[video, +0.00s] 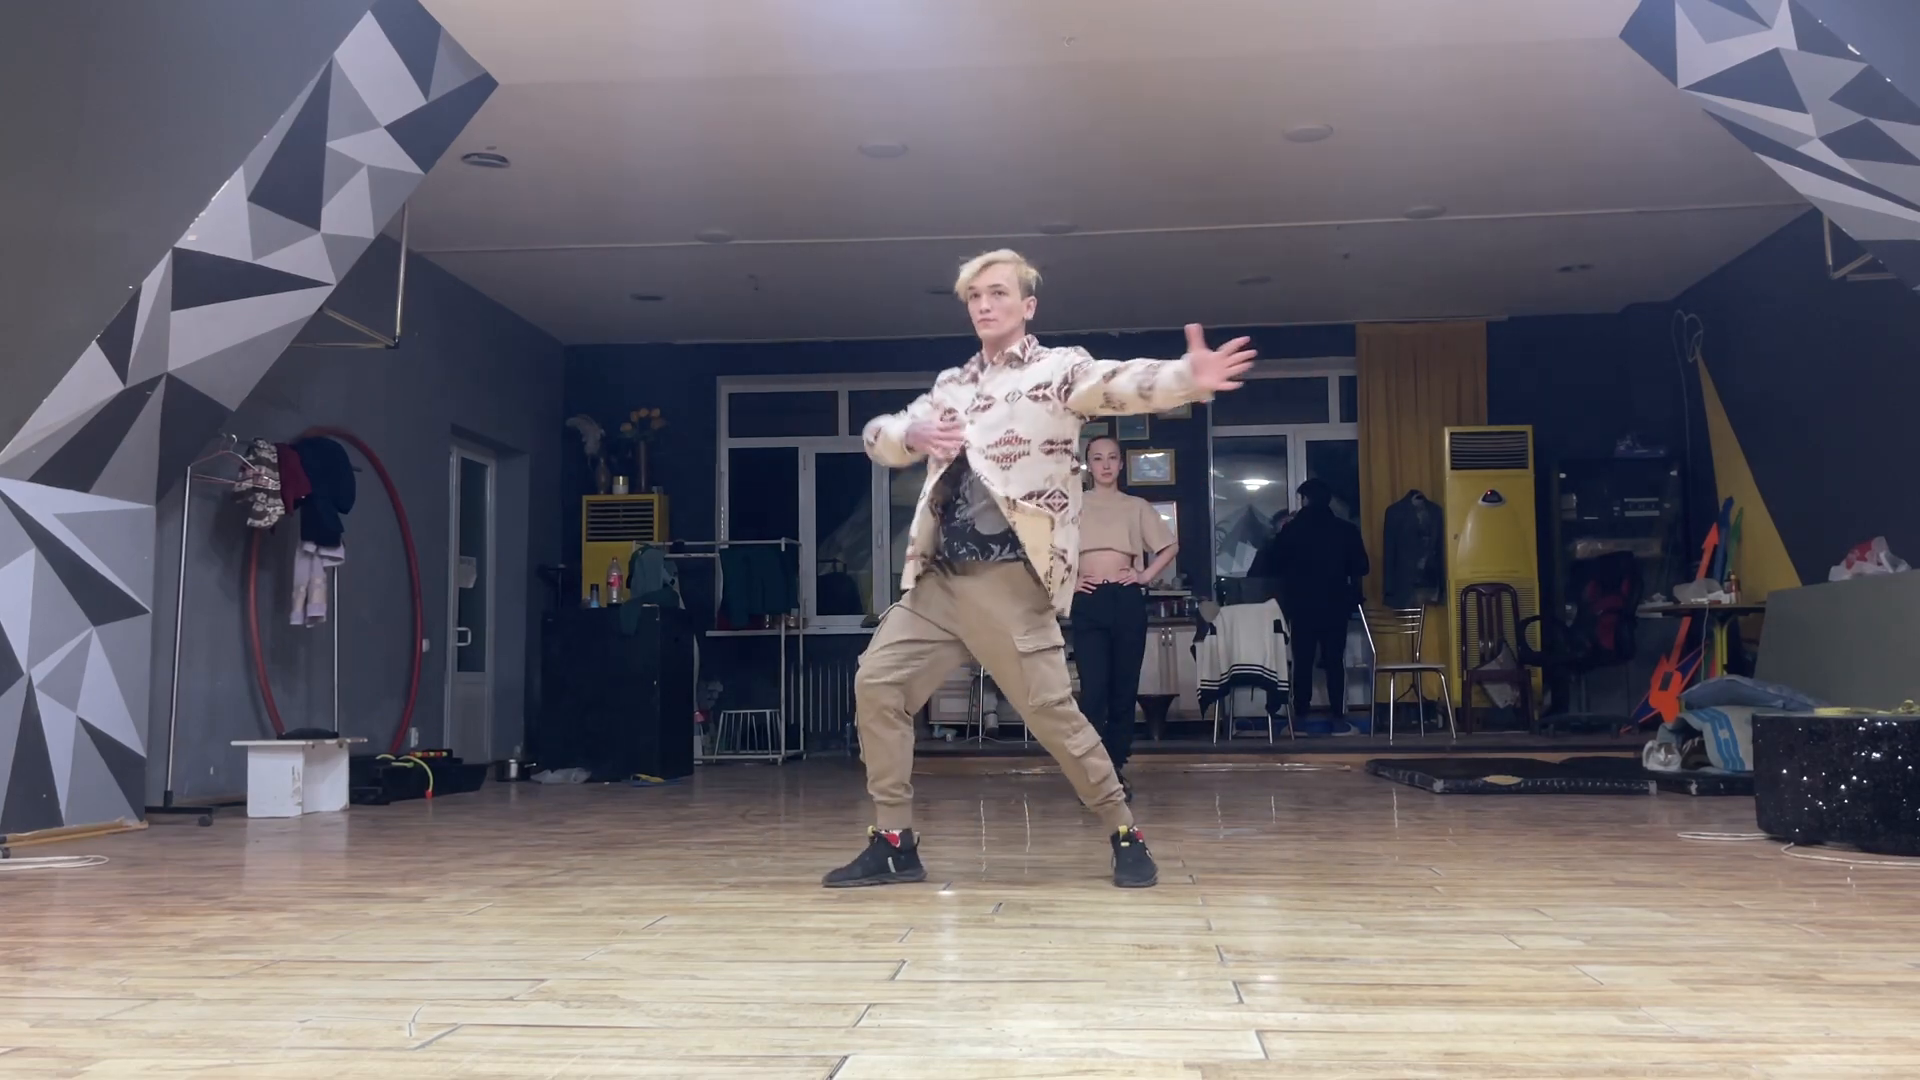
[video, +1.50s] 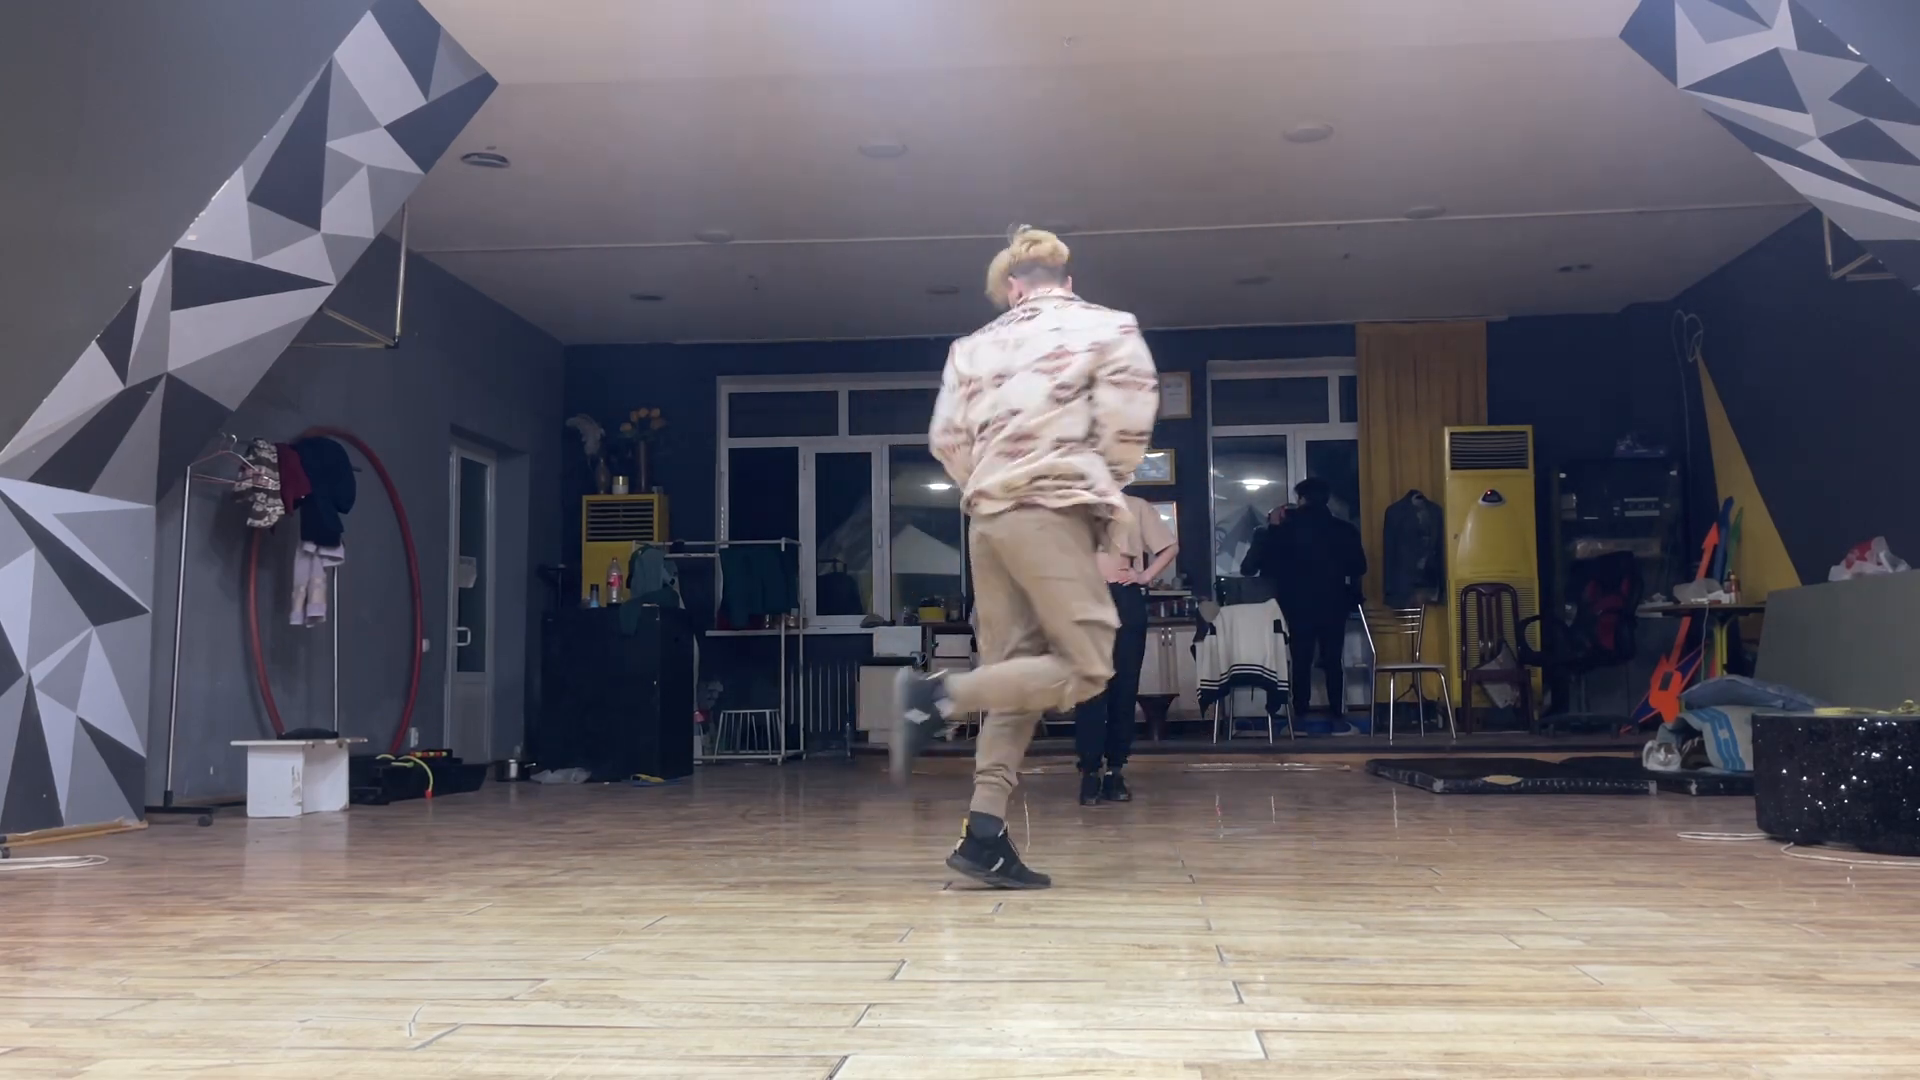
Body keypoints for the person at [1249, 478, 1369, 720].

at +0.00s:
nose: (1302, 502)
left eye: (1302, 498)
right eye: (1303, 499)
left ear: (1305, 500)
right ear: (1328, 500)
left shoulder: (1291, 530)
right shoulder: (1346, 529)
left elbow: (1270, 567)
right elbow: (1360, 567)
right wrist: (1337, 564)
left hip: (1301, 604)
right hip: (1335, 604)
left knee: (1302, 661)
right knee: (1335, 661)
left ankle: (1300, 717)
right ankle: (1338, 718)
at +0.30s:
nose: (1300, 502)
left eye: (1301, 498)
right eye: (1301, 499)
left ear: (1304, 499)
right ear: (1328, 499)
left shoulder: (1289, 529)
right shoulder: (1346, 529)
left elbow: (1271, 566)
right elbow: (1359, 567)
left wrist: (1276, 531)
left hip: (1301, 604)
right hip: (1334, 604)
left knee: (1302, 662)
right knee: (1334, 661)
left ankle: (1301, 719)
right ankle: (1337, 719)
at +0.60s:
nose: (1299, 502)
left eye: (1300, 498)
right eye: (1300, 498)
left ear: (1303, 499)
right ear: (1327, 499)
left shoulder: (1288, 529)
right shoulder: (1345, 529)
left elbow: (1270, 566)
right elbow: (1358, 568)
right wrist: (1353, 598)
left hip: (1299, 604)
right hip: (1333, 603)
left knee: (1301, 661)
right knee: (1333, 661)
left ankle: (1300, 719)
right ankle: (1337, 718)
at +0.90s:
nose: (1298, 502)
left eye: (1299, 498)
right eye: (1300, 498)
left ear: (1302, 499)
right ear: (1327, 499)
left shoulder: (1286, 529)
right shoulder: (1345, 529)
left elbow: (1264, 566)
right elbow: (1358, 568)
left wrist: (1271, 527)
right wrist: (1352, 598)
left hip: (1298, 604)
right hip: (1333, 604)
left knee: (1301, 661)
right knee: (1333, 661)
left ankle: (1300, 719)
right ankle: (1337, 719)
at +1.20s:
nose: (1298, 502)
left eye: (1299, 498)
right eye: (1300, 498)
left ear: (1302, 500)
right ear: (1327, 500)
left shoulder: (1285, 528)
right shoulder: (1345, 529)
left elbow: (1250, 567)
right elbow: (1358, 568)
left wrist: (1270, 527)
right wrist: (1355, 598)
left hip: (1297, 604)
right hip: (1333, 603)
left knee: (1300, 660)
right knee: (1333, 661)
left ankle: (1299, 717)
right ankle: (1337, 719)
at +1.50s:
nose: (1298, 503)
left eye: (1299, 499)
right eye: (1301, 499)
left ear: (1301, 500)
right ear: (1327, 500)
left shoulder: (1286, 528)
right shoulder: (1344, 529)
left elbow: (1250, 567)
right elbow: (1358, 568)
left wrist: (1270, 527)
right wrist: (1355, 597)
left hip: (1298, 605)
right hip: (1333, 604)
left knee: (1300, 661)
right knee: (1333, 661)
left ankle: (1300, 717)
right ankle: (1337, 718)